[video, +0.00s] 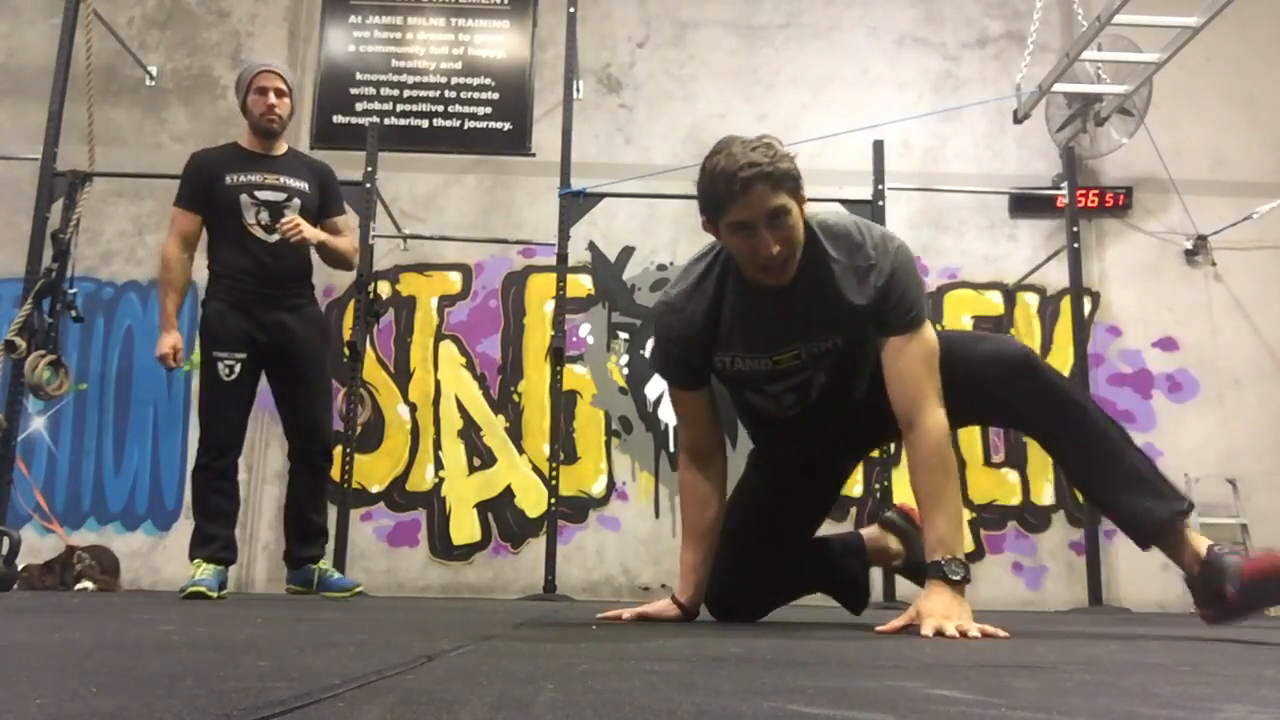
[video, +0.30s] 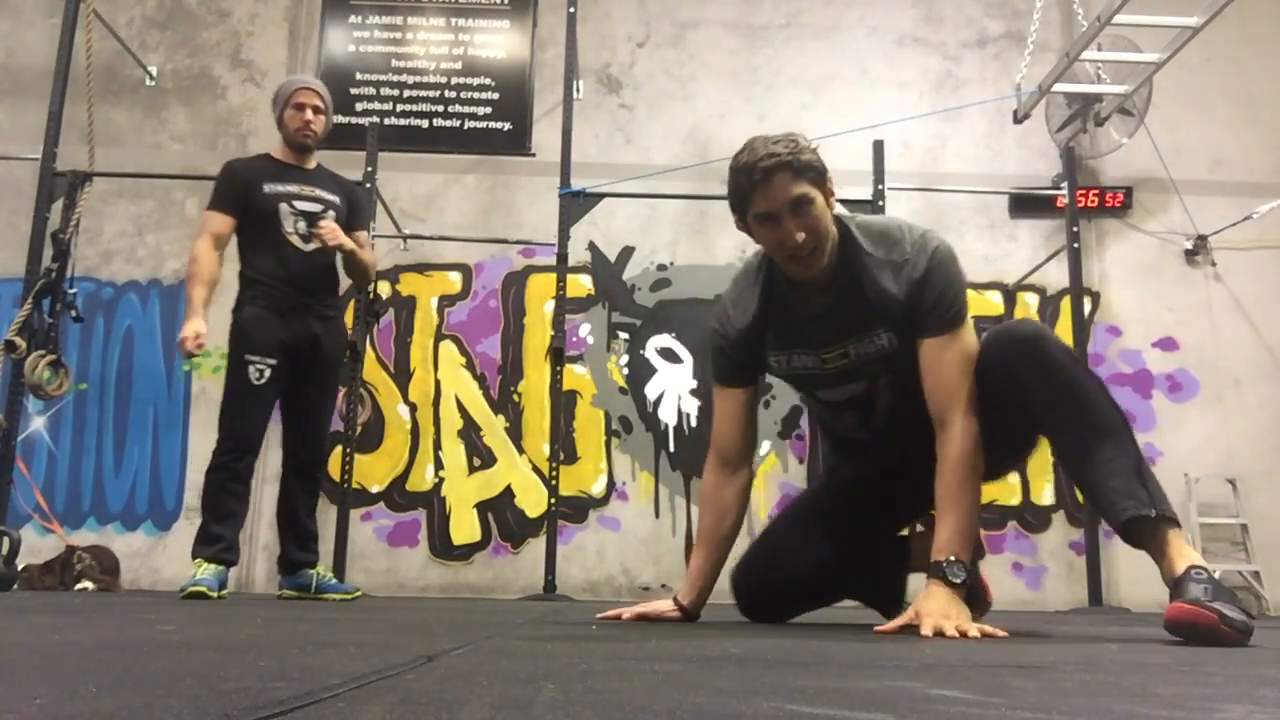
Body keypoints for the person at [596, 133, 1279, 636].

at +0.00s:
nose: (773, 242)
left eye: (782, 218)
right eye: (749, 230)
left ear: (802, 202)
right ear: (713, 231)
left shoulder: (873, 259)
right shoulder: (687, 314)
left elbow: (925, 424)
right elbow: (699, 456)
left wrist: (947, 582)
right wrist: (684, 594)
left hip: (886, 383)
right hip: (796, 439)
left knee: (1016, 369)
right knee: (733, 594)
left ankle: (1202, 564)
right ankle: (877, 546)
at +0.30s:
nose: (792, 233)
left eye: (801, 208)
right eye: (768, 222)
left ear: (829, 192)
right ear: (746, 228)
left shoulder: (916, 262)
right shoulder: (742, 312)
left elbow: (956, 427)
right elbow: (727, 463)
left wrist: (949, 583)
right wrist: (687, 598)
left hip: (956, 438)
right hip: (866, 478)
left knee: (1025, 345)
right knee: (761, 592)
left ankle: (1184, 570)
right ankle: (921, 556)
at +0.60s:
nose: (827, 228)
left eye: (836, 205)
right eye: (806, 220)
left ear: (868, 199)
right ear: (791, 238)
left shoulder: (957, 272)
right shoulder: (795, 326)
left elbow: (980, 428)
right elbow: (757, 471)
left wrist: (955, 568)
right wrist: (692, 592)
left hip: (1012, 453)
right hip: (913, 482)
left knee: (1101, 332)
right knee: (803, 590)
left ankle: (1198, 569)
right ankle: (950, 581)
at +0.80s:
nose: (841, 194)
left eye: (850, 172)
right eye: (820, 188)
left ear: (882, 171)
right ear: (809, 209)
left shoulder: (965, 244)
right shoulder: (815, 308)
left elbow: (1000, 387)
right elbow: (808, 444)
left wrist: (979, 522)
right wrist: (749, 529)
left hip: (1016, 459)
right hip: (915, 481)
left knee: (1121, 335)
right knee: (801, 591)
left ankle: (1201, 567)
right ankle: (927, 566)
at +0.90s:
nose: (846, 179)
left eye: (855, 159)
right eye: (826, 171)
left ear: (887, 162)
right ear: (813, 194)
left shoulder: (972, 239)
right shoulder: (821, 307)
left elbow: (1010, 376)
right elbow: (836, 427)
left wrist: (974, 502)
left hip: (1008, 457)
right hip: (912, 481)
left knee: (1115, 334)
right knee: (799, 591)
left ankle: (1197, 570)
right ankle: (933, 568)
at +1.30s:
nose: (858, 161)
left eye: (870, 145)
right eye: (840, 154)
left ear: (900, 155)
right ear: (828, 180)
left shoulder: (981, 239)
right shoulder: (827, 301)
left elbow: (1001, 378)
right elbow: (844, 417)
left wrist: (957, 495)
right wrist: (824, 469)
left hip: (1001, 465)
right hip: (903, 485)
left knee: (1088, 346)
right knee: (795, 591)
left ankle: (1186, 575)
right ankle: (945, 554)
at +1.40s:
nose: (855, 161)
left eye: (867, 145)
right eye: (837, 155)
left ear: (900, 157)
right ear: (826, 181)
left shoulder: (976, 240)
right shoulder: (825, 297)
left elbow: (1003, 376)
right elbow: (827, 423)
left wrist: (958, 492)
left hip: (1000, 462)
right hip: (900, 481)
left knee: (1093, 348)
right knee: (796, 589)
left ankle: (1189, 580)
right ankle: (939, 561)